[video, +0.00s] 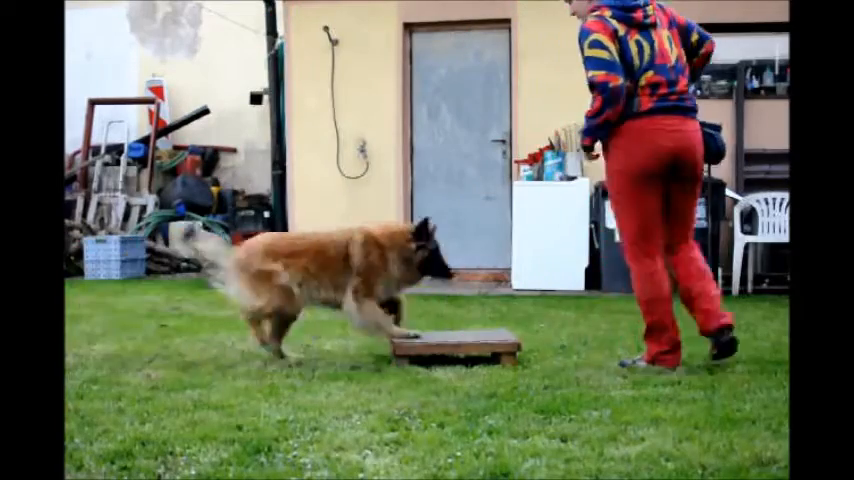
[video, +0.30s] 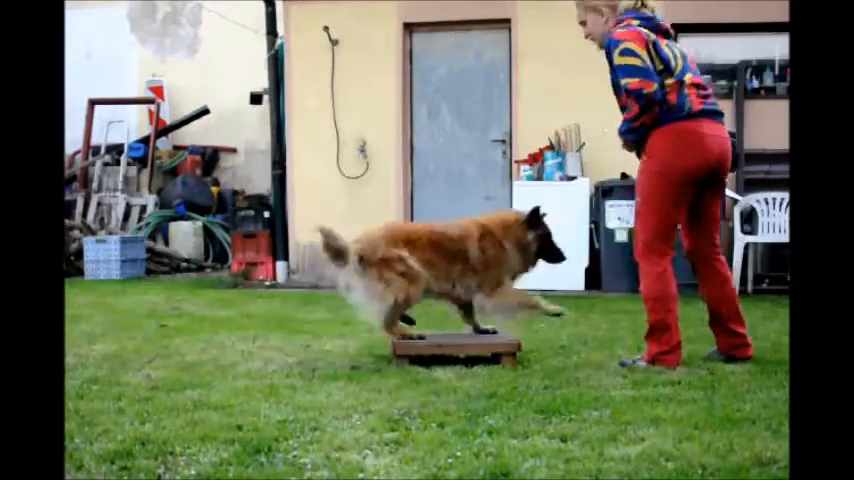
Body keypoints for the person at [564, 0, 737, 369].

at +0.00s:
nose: (570, 10)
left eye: (570, 3)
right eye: (568, 5)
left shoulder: (594, 25)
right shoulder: (660, 12)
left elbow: (611, 87)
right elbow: (703, 45)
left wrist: (589, 134)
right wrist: (678, 86)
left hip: (636, 136)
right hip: (686, 132)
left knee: (643, 252)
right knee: (680, 243)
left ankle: (662, 352)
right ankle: (717, 323)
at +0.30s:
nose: (584, 31)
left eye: (584, 21)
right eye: (580, 24)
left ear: (604, 12)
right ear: (615, 11)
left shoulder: (621, 36)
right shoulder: (660, 37)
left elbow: (644, 92)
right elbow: (694, 94)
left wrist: (629, 133)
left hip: (674, 137)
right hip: (713, 134)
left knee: (652, 250)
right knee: (703, 248)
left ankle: (662, 354)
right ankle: (735, 344)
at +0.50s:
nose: (585, 115)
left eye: (584, 105)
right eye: (581, 109)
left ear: (601, 92)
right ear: (602, 96)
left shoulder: (629, 87)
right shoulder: (631, 130)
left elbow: (674, 117)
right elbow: (637, 194)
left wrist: (661, 173)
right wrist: (624, 266)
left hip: (718, 144)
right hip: (745, 148)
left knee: (664, 245)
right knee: (705, 253)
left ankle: (662, 354)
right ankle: (735, 347)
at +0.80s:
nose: (599, 170)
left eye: (594, 160)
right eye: (593, 164)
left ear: (606, 143)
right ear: (606, 145)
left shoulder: (632, 124)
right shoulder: (646, 169)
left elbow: (680, 130)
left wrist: (674, 185)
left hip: (727, 148)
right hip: (758, 153)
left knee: (669, 247)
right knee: (709, 255)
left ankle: (662, 354)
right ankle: (735, 347)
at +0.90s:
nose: (599, 155)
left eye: (596, 146)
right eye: (594, 150)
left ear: (607, 129)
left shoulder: (632, 113)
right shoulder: (647, 156)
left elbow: (678, 127)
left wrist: (673, 181)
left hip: (725, 144)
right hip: (758, 148)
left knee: (673, 250)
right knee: (714, 252)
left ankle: (663, 354)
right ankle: (735, 346)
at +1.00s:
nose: (602, 122)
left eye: (600, 112)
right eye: (598, 116)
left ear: (613, 97)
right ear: (615, 99)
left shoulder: (635, 92)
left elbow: (675, 118)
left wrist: (671, 172)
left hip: (722, 139)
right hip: (758, 142)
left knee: (676, 249)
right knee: (717, 249)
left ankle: (663, 354)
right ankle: (736, 347)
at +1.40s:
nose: (646, 33)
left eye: (646, 23)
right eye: (642, 26)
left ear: (667, 13)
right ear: (675, 13)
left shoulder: (681, 40)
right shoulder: (712, 37)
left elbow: (684, 102)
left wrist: (663, 128)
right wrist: (673, 128)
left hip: (716, 142)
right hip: (754, 142)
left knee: (683, 249)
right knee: (725, 250)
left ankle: (665, 352)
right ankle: (737, 346)